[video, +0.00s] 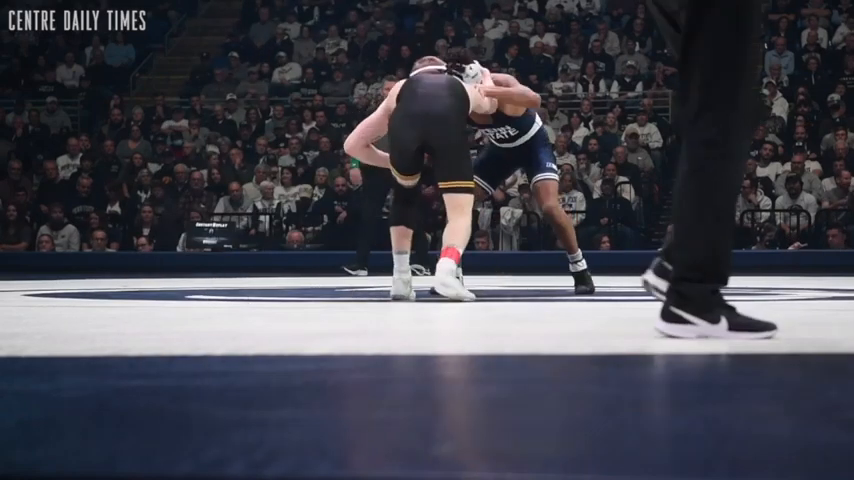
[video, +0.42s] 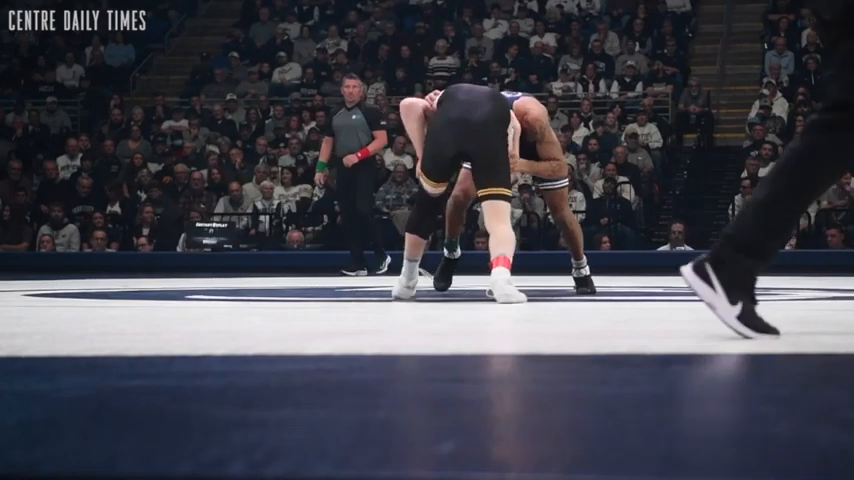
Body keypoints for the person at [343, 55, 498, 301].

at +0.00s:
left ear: (411, 75)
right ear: (445, 70)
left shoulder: (399, 89)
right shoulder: (461, 87)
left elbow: (354, 145)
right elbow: (488, 105)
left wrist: (394, 161)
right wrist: (484, 79)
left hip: (405, 122)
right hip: (448, 127)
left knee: (405, 192)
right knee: (459, 214)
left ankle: (400, 277)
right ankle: (446, 271)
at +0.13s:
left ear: (420, 78)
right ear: (452, 79)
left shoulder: (401, 95)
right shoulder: (465, 94)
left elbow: (357, 141)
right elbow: (502, 132)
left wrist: (395, 170)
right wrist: (505, 93)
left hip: (408, 116)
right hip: (452, 117)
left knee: (406, 195)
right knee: (475, 207)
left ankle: (402, 276)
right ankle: (472, 258)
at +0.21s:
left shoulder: (408, 98)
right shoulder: (474, 106)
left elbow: (359, 127)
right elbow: (503, 153)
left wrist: (390, 163)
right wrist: (514, 108)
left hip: (416, 115)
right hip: (461, 119)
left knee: (409, 196)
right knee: (478, 213)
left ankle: (403, 276)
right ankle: (489, 248)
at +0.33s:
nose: (425, 97)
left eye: (425, 97)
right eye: (425, 99)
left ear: (432, 93)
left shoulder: (429, 103)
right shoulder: (494, 112)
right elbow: (506, 159)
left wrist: (404, 157)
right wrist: (516, 122)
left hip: (435, 123)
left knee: (419, 200)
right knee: (489, 224)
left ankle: (405, 277)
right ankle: (501, 264)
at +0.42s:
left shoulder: (532, 113)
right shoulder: (471, 116)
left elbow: (559, 167)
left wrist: (522, 165)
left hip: (537, 151)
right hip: (488, 151)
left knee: (561, 215)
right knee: (458, 198)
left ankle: (581, 271)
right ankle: (450, 254)